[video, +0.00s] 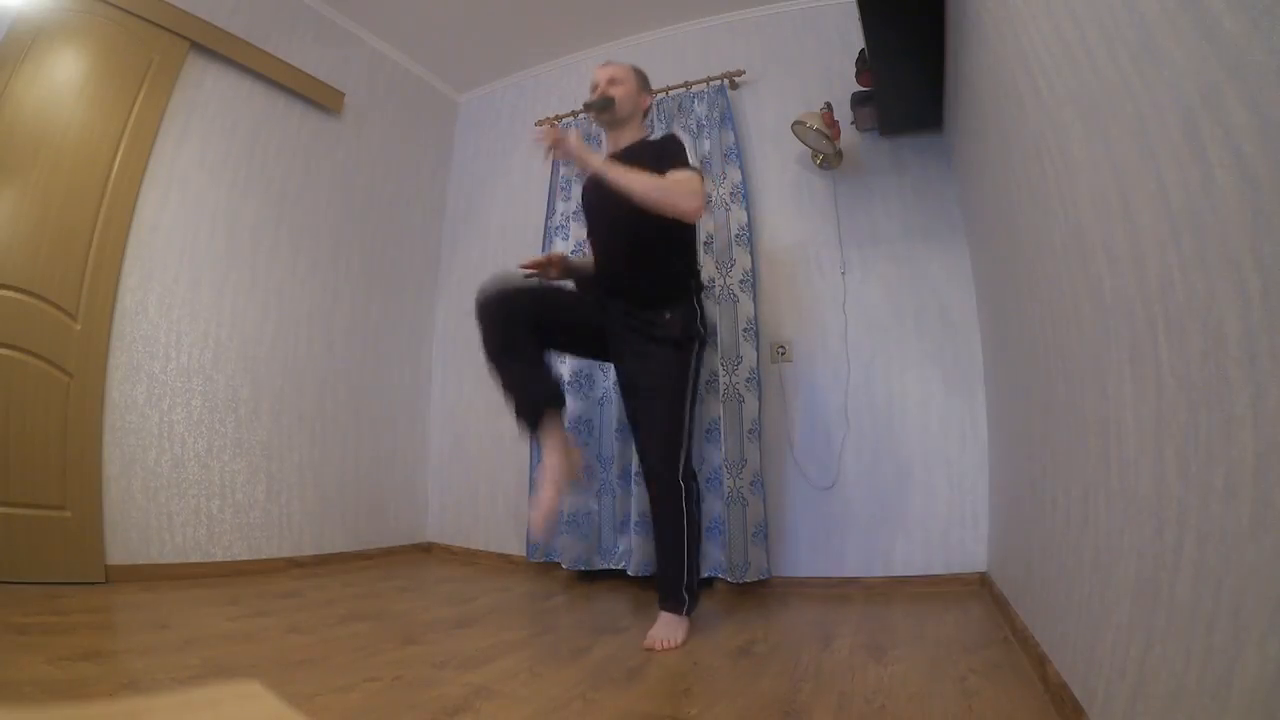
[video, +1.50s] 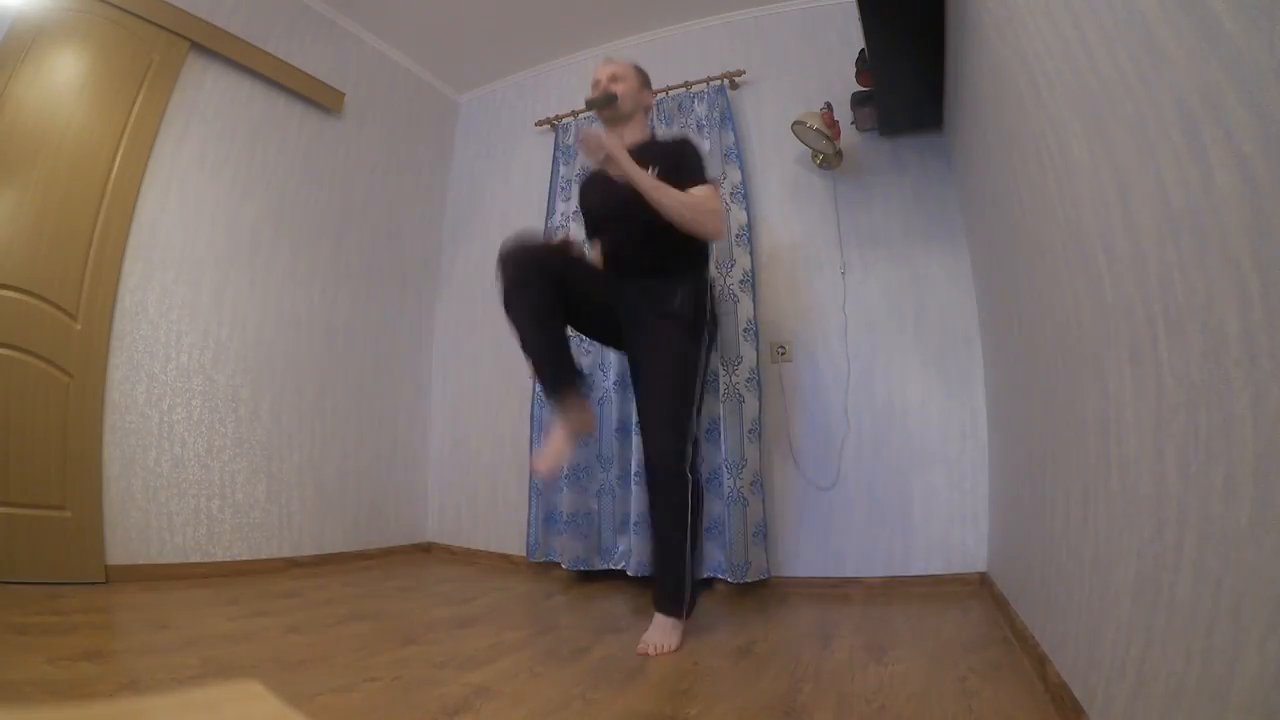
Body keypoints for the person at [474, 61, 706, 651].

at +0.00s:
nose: (601, 90)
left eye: (616, 81)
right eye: (594, 86)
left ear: (647, 101)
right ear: (588, 110)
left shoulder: (665, 149)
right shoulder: (596, 180)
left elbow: (690, 203)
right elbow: (611, 270)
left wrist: (590, 161)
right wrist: (566, 266)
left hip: (663, 325)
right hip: (607, 315)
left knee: (663, 465)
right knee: (501, 304)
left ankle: (674, 604)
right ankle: (556, 444)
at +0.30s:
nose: (600, 83)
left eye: (614, 73)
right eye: (593, 79)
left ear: (647, 91)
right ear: (588, 101)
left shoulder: (683, 155)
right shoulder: (581, 170)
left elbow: (734, 218)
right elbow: (538, 245)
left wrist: (698, 242)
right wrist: (534, 189)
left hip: (679, 296)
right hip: (613, 304)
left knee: (624, 281)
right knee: (604, 433)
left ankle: (643, 471)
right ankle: (626, 585)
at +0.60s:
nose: (614, 70)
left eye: (628, 62)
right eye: (607, 66)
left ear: (658, 82)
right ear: (601, 89)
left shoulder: (682, 137)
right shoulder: (597, 157)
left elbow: (709, 205)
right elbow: (632, 228)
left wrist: (621, 155)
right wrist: (598, 261)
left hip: (678, 296)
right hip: (616, 301)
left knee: (667, 428)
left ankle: (691, 583)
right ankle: (608, 529)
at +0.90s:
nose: (607, 79)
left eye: (621, 70)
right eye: (600, 75)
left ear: (652, 89)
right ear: (595, 96)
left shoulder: (683, 138)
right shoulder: (597, 172)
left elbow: (752, 206)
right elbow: (596, 262)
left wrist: (671, 203)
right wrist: (574, 242)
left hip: (687, 300)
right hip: (626, 304)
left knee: (678, 432)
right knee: (547, 383)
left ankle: (703, 578)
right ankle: (596, 520)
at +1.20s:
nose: (614, 87)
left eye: (628, 78)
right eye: (607, 82)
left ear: (658, 93)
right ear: (599, 101)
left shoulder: (693, 165)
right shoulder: (585, 175)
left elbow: (728, 248)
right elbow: (554, 262)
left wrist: (679, 230)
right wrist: (553, 240)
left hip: (681, 297)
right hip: (614, 308)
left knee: (646, 287)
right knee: (620, 453)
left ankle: (673, 449)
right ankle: (643, 597)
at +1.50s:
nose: (603, 85)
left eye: (616, 77)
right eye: (595, 81)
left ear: (648, 96)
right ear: (590, 106)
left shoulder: (676, 152)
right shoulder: (595, 182)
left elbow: (713, 223)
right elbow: (603, 264)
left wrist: (626, 168)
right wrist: (565, 257)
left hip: (672, 313)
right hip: (614, 307)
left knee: (666, 457)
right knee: (522, 259)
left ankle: (670, 607)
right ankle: (572, 407)